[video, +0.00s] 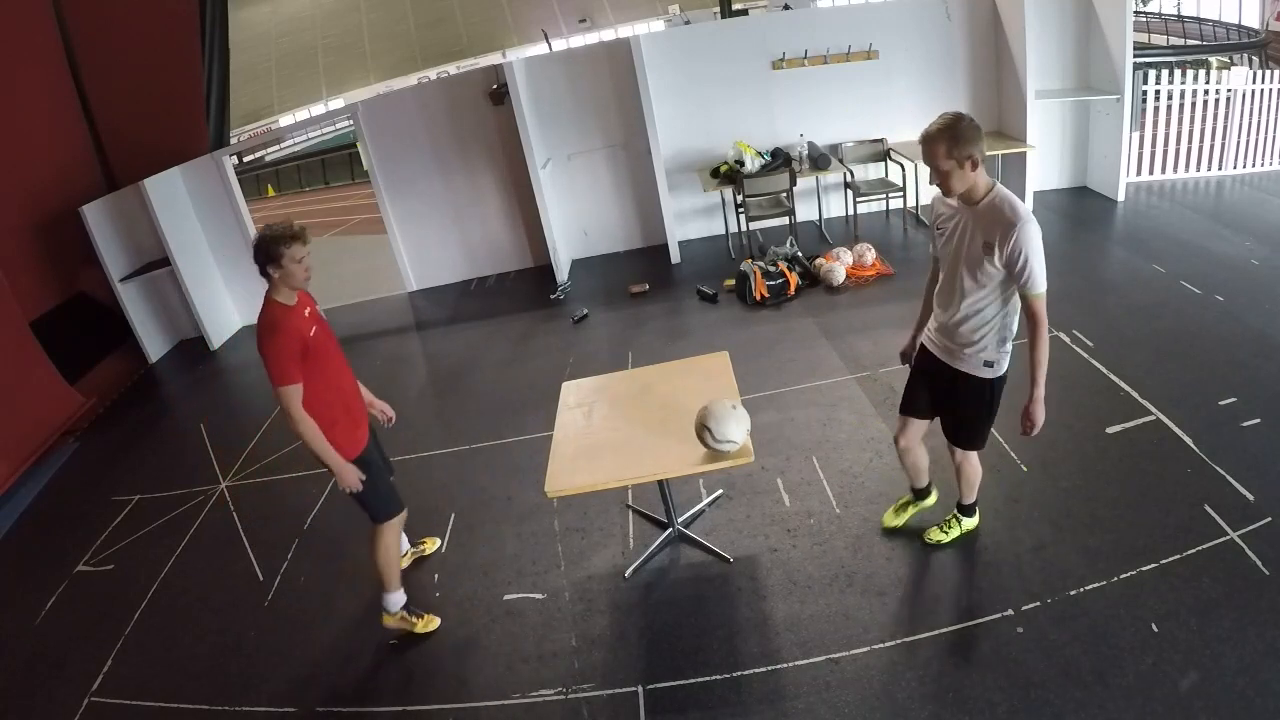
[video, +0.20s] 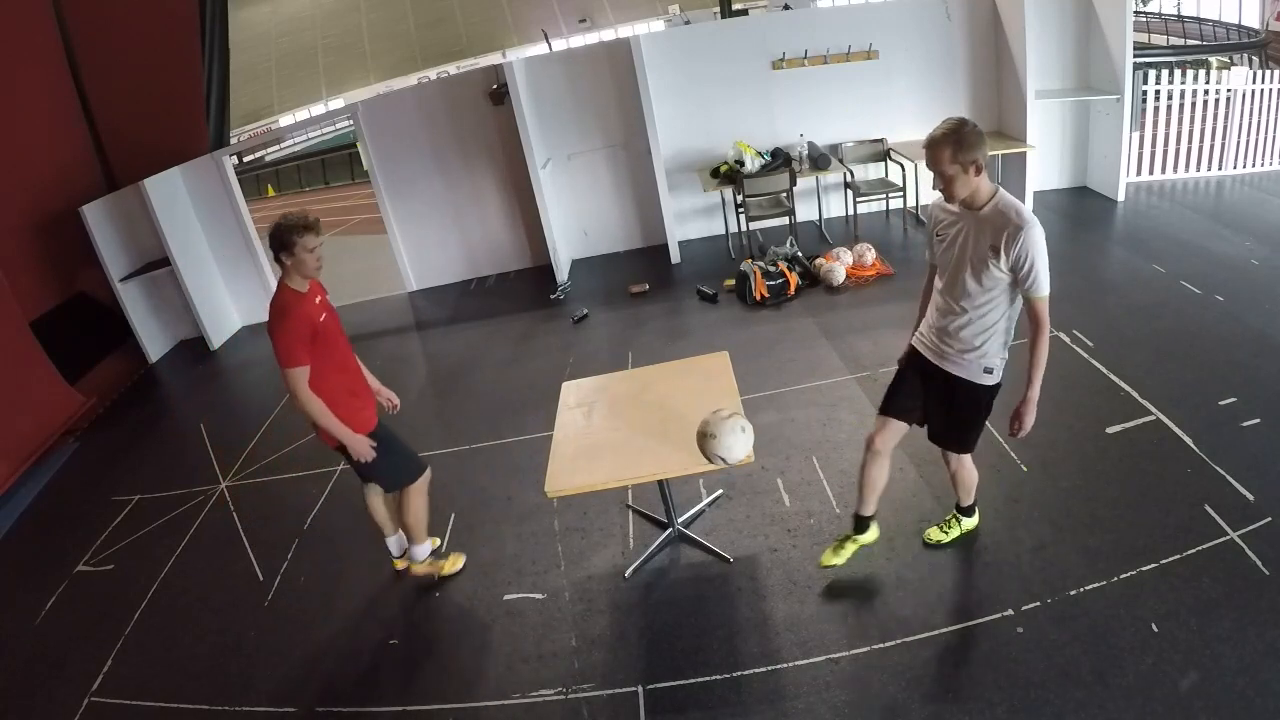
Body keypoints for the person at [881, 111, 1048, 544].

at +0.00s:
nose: (934, 179)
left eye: (940, 170)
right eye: (930, 170)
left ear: (972, 163)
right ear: (964, 162)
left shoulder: (1016, 223)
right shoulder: (941, 207)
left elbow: (1037, 319)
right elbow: (936, 276)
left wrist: (1037, 396)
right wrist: (917, 333)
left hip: (979, 362)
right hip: (934, 346)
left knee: (964, 450)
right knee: (906, 439)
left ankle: (967, 513)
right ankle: (921, 493)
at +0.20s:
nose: (936, 184)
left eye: (943, 175)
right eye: (933, 174)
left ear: (975, 168)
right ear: (936, 169)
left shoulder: (1020, 229)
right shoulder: (940, 211)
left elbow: (1040, 322)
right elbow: (932, 281)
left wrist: (1031, 397)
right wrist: (914, 340)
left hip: (975, 367)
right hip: (927, 349)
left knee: (955, 450)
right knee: (878, 440)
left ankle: (966, 515)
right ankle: (862, 527)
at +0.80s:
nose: (887, 202)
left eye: (895, 192)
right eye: (883, 191)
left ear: (926, 181)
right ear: (886, 182)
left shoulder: (973, 236)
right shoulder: (893, 227)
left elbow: (1006, 334)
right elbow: (883, 286)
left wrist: (986, 417)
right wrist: (851, 349)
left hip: (942, 384)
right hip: (894, 367)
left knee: (902, 484)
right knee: (879, 465)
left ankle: (953, 508)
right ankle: (895, 529)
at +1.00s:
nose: (855, 230)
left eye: (860, 219)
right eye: (849, 221)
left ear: (889, 202)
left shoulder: (953, 244)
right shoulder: (873, 242)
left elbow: (1007, 323)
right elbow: (857, 308)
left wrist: (1027, 392)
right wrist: (823, 367)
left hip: (941, 378)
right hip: (900, 362)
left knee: (850, 457)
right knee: (889, 460)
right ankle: (896, 530)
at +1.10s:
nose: (841, 236)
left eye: (844, 226)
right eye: (836, 228)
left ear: (873, 208)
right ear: (869, 206)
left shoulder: (946, 247)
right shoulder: (864, 242)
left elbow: (998, 315)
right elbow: (856, 309)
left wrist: (1021, 379)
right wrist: (825, 372)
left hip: (945, 378)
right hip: (902, 363)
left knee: (861, 467)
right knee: (894, 455)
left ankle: (806, 557)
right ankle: (897, 530)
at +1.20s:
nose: (832, 236)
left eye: (835, 226)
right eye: (826, 228)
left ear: (865, 208)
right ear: (861, 206)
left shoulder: (939, 249)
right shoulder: (857, 245)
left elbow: (990, 317)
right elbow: (854, 310)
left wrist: (1006, 383)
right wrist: (831, 376)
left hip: (939, 387)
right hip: (895, 369)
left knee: (870, 478)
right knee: (893, 459)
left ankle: (816, 574)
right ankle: (898, 530)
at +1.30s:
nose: (829, 230)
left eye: (834, 218)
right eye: (824, 220)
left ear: (867, 204)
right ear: (865, 204)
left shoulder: (937, 252)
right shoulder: (854, 248)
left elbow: (986, 334)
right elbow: (853, 313)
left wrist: (996, 408)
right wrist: (835, 377)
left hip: (926, 399)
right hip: (883, 382)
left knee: (871, 498)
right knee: (886, 466)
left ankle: (873, 596)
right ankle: (895, 528)